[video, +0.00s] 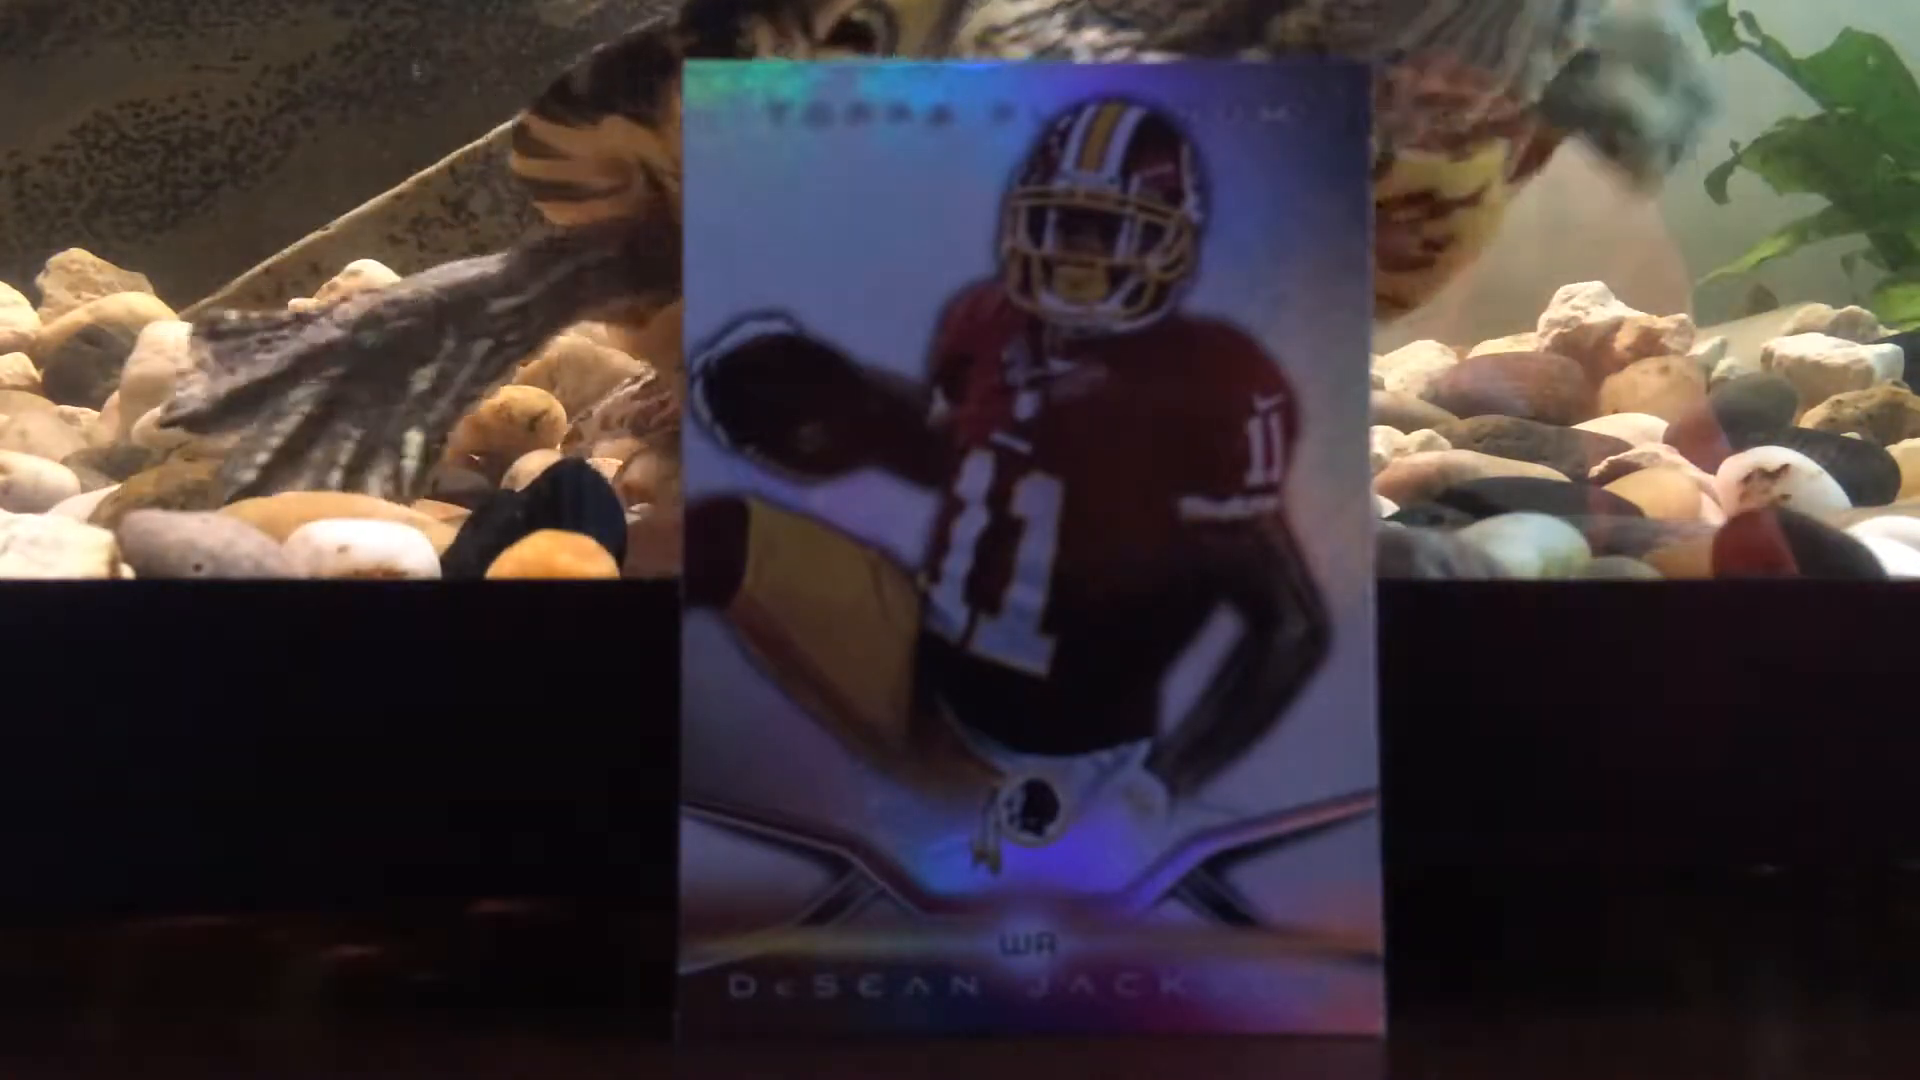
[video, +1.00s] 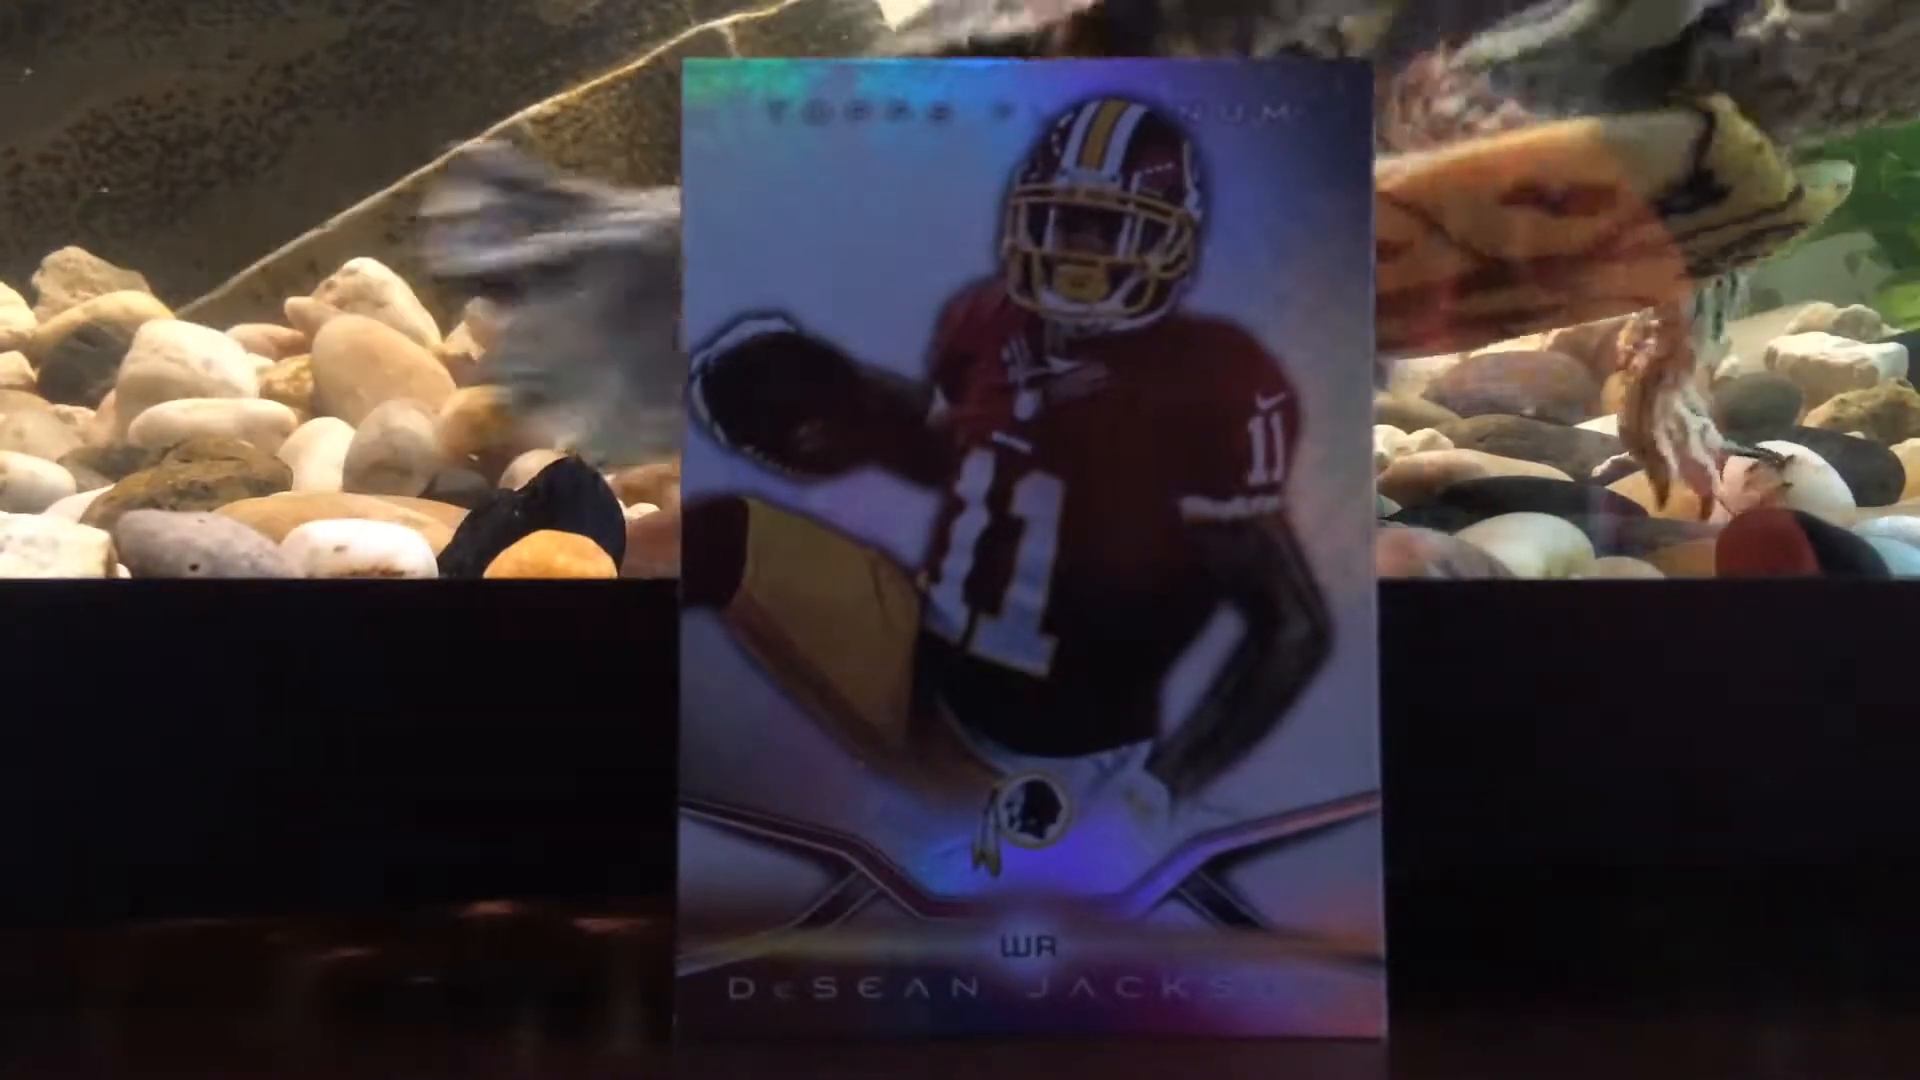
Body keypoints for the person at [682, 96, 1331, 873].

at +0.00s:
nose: (1078, 259)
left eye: (1113, 234)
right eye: (1059, 226)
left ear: (1175, 248)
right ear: (1020, 227)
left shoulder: (1216, 389)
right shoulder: (980, 326)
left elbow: (1293, 629)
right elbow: (958, 460)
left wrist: (1155, 789)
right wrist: (856, 414)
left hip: (1078, 753)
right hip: (929, 679)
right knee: (717, 537)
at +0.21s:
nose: (1079, 258)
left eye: (1114, 232)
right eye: (1060, 225)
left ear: (1176, 247)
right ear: (1020, 228)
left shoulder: (1217, 387)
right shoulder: (979, 326)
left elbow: (1294, 629)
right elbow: (954, 458)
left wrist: (1158, 788)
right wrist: (858, 415)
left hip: (1081, 750)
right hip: (929, 676)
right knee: (712, 537)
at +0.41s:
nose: (1076, 254)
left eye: (1112, 229)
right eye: (1057, 221)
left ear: (1175, 246)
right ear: (1019, 226)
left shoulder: (1218, 386)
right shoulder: (980, 325)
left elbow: (1295, 629)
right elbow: (957, 460)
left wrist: (1155, 792)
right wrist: (856, 413)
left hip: (1081, 750)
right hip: (930, 679)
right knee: (712, 536)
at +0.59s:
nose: (1077, 255)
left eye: (1112, 231)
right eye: (1057, 222)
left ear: (1175, 247)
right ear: (1019, 227)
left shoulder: (1218, 385)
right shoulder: (980, 324)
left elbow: (1295, 628)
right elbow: (957, 460)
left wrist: (1156, 791)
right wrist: (858, 414)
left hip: (1081, 754)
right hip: (932, 690)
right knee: (714, 539)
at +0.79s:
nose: (1077, 258)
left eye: (1112, 232)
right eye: (1058, 224)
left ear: (1175, 247)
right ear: (1019, 227)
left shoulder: (1218, 385)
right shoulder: (978, 326)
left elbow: (1294, 627)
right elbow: (956, 460)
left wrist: (1156, 790)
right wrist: (858, 417)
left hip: (1084, 755)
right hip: (935, 702)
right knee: (709, 542)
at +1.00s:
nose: (1077, 259)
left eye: (1111, 233)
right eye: (1059, 225)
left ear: (1173, 247)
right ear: (1021, 226)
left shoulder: (1217, 386)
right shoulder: (978, 326)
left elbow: (1294, 628)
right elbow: (956, 458)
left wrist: (1157, 791)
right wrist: (854, 414)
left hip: (1081, 759)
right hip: (931, 698)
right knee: (715, 543)